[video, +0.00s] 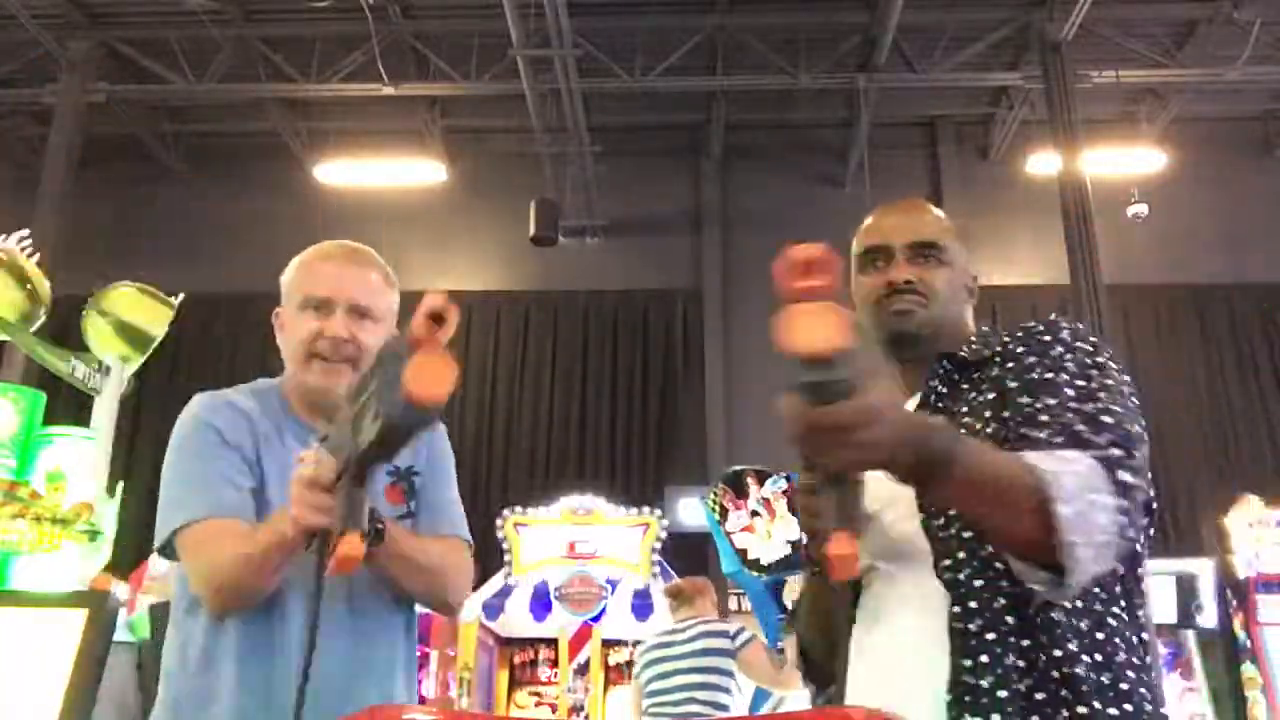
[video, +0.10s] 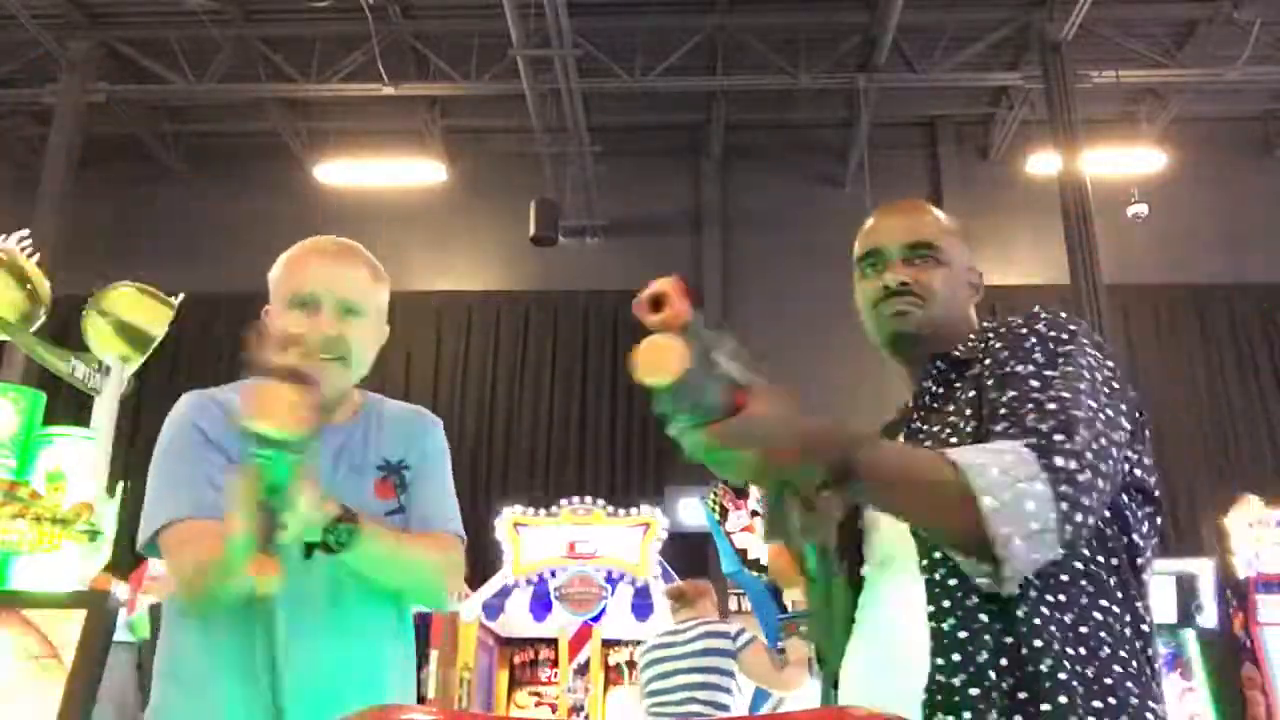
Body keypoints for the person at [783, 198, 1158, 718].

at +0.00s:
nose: (898, 276)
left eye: (926, 256)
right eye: (874, 262)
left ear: (970, 282)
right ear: (854, 298)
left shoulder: (1053, 353)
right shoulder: (860, 419)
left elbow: (1088, 529)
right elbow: (822, 667)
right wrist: (828, 550)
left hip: (1060, 697)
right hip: (896, 701)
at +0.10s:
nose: (895, 277)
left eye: (921, 258)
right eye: (872, 265)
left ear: (974, 280)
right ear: (855, 300)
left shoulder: (1047, 345)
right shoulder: (892, 443)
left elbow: (1038, 506)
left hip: (1073, 699)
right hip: (945, 704)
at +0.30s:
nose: (908, 270)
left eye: (936, 253)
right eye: (885, 260)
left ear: (986, 280)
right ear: (868, 297)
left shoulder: (1064, 347)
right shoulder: (894, 439)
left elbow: (1088, 519)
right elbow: (858, 667)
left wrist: (895, 445)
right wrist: (834, 530)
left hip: (1080, 699)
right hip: (935, 704)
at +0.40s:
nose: (929, 264)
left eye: (953, 245)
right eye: (900, 252)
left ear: (990, 281)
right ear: (876, 295)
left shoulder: (1083, 356)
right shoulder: (874, 427)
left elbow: (1146, 522)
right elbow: (831, 657)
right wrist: (852, 536)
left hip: (1094, 700)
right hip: (918, 703)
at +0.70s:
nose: (942, 272)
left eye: (966, 255)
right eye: (917, 260)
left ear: (1000, 286)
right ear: (889, 292)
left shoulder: (1090, 360)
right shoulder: (884, 424)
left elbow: (1125, 528)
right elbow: (845, 661)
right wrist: (857, 544)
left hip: (1084, 700)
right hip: (925, 708)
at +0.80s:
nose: (945, 273)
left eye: (970, 256)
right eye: (917, 259)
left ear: (1003, 287)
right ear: (887, 295)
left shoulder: (1091, 360)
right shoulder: (890, 438)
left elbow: (1049, 497)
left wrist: (874, 432)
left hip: (1080, 703)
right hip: (922, 706)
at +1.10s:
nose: (948, 271)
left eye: (973, 254)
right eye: (921, 258)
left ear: (1009, 284)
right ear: (895, 297)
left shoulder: (1102, 356)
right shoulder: (889, 418)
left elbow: (1125, 522)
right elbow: (873, 668)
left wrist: (947, 435)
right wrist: (871, 531)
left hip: (1115, 702)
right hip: (943, 706)